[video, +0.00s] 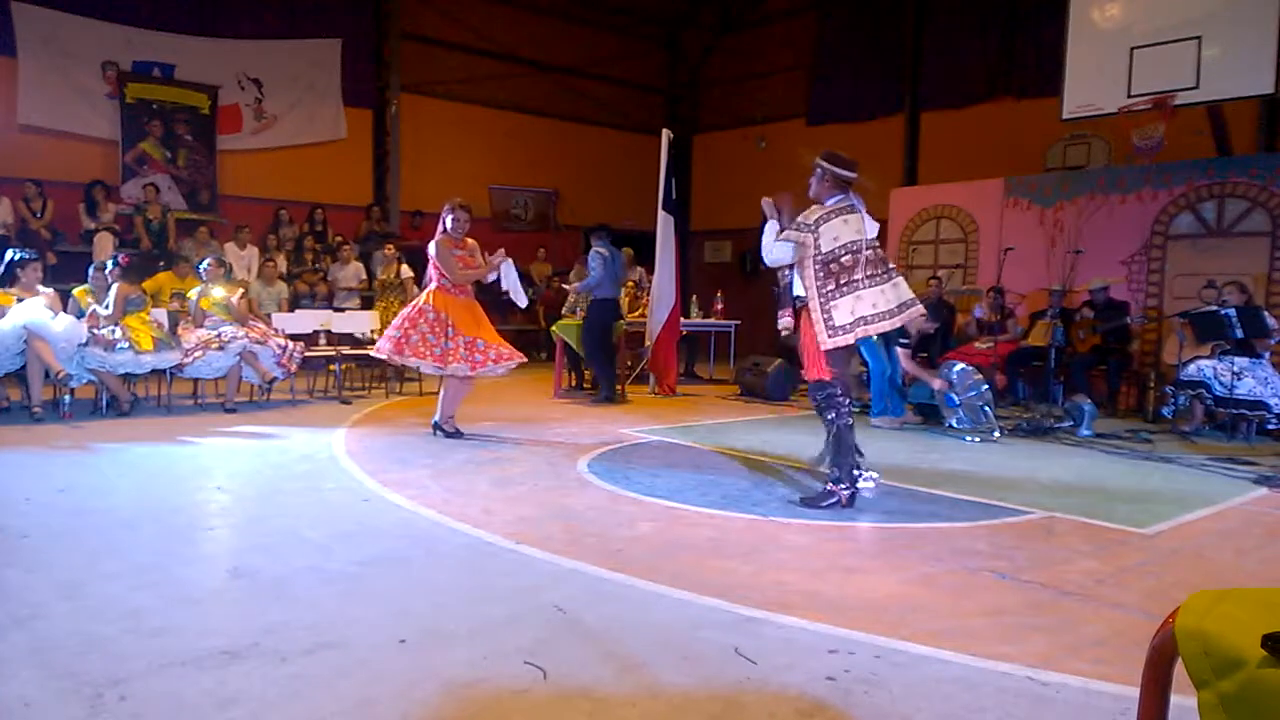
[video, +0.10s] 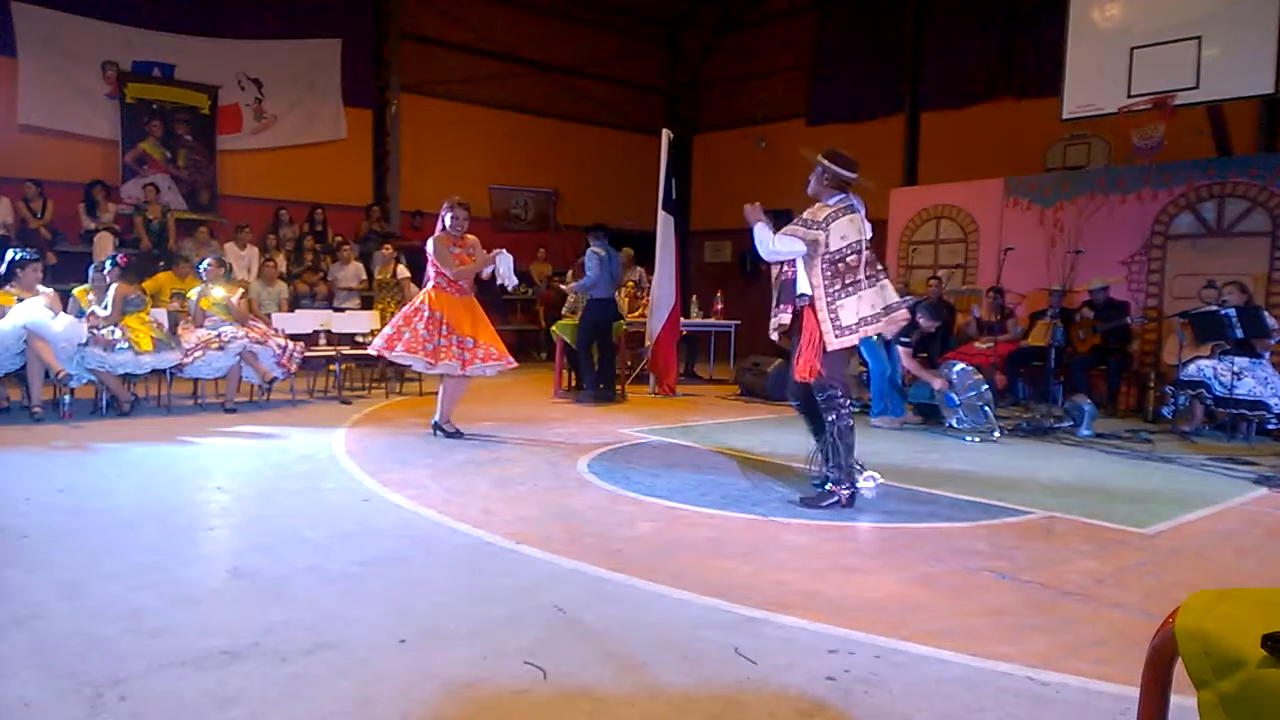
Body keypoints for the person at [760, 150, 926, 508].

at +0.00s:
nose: (809, 183)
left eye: (814, 177)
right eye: (812, 176)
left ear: (826, 181)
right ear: (843, 184)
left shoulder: (812, 222)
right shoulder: (859, 217)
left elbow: (772, 255)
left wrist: (771, 220)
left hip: (818, 316)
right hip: (844, 314)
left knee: (827, 394)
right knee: (833, 391)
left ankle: (841, 482)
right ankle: (848, 464)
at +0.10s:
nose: (811, 176)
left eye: (817, 172)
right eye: (814, 171)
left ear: (828, 180)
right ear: (842, 183)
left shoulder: (823, 219)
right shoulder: (850, 210)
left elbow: (771, 250)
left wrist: (758, 221)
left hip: (825, 316)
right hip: (836, 311)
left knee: (831, 392)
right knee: (802, 391)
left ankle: (843, 483)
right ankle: (837, 462)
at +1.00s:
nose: (739, 175)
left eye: (745, 171)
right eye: (742, 169)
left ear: (759, 178)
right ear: (762, 179)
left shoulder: (777, 215)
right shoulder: (742, 209)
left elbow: (732, 225)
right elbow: (699, 232)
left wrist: (682, 201)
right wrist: (676, 203)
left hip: (749, 318)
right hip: (721, 316)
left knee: (735, 401)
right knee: (722, 400)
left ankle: (734, 489)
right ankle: (728, 481)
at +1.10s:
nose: (735, 177)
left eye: (741, 172)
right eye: (738, 171)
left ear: (755, 178)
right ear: (760, 179)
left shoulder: (771, 219)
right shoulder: (739, 211)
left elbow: (724, 234)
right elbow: (692, 242)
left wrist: (686, 195)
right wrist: (687, 198)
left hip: (747, 318)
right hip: (720, 315)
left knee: (728, 398)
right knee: (717, 396)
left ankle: (723, 489)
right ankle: (738, 477)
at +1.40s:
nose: (724, 178)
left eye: (729, 172)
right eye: (726, 171)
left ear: (745, 177)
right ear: (747, 177)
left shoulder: (757, 218)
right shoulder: (727, 212)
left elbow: (712, 245)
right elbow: (687, 255)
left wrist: (680, 205)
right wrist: (681, 210)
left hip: (735, 316)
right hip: (709, 315)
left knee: (719, 400)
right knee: (709, 399)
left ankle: (721, 491)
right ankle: (738, 477)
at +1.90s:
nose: (714, 188)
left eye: (719, 182)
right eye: (716, 182)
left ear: (733, 187)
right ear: (737, 187)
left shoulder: (747, 224)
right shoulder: (719, 220)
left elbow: (701, 255)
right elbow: (681, 264)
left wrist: (673, 215)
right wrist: (670, 218)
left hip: (728, 323)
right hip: (700, 322)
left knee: (714, 402)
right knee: (689, 404)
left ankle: (718, 493)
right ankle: (734, 476)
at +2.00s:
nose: (714, 189)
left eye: (719, 183)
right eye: (716, 182)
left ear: (733, 187)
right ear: (739, 188)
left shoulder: (747, 226)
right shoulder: (719, 220)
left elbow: (700, 255)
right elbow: (680, 262)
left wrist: (670, 216)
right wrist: (669, 219)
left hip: (727, 324)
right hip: (701, 324)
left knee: (714, 402)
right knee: (688, 405)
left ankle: (720, 492)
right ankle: (734, 476)